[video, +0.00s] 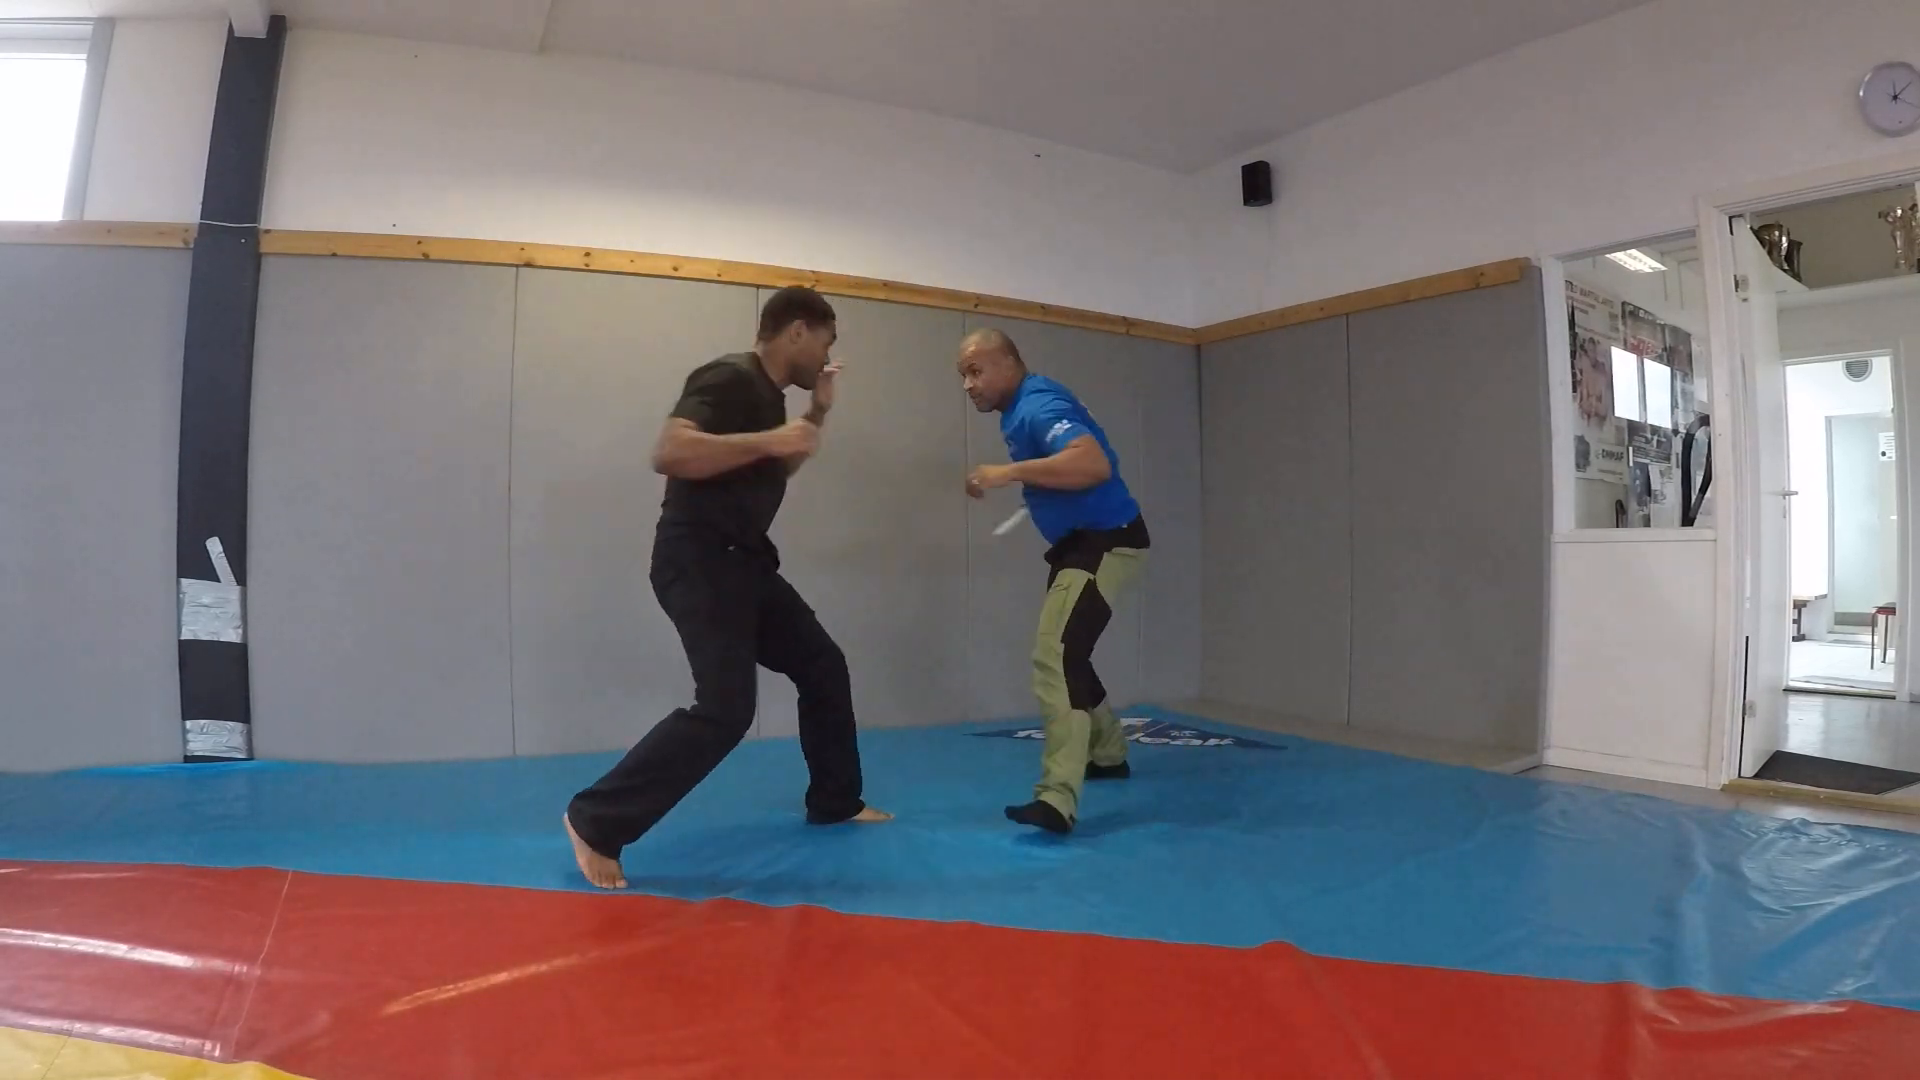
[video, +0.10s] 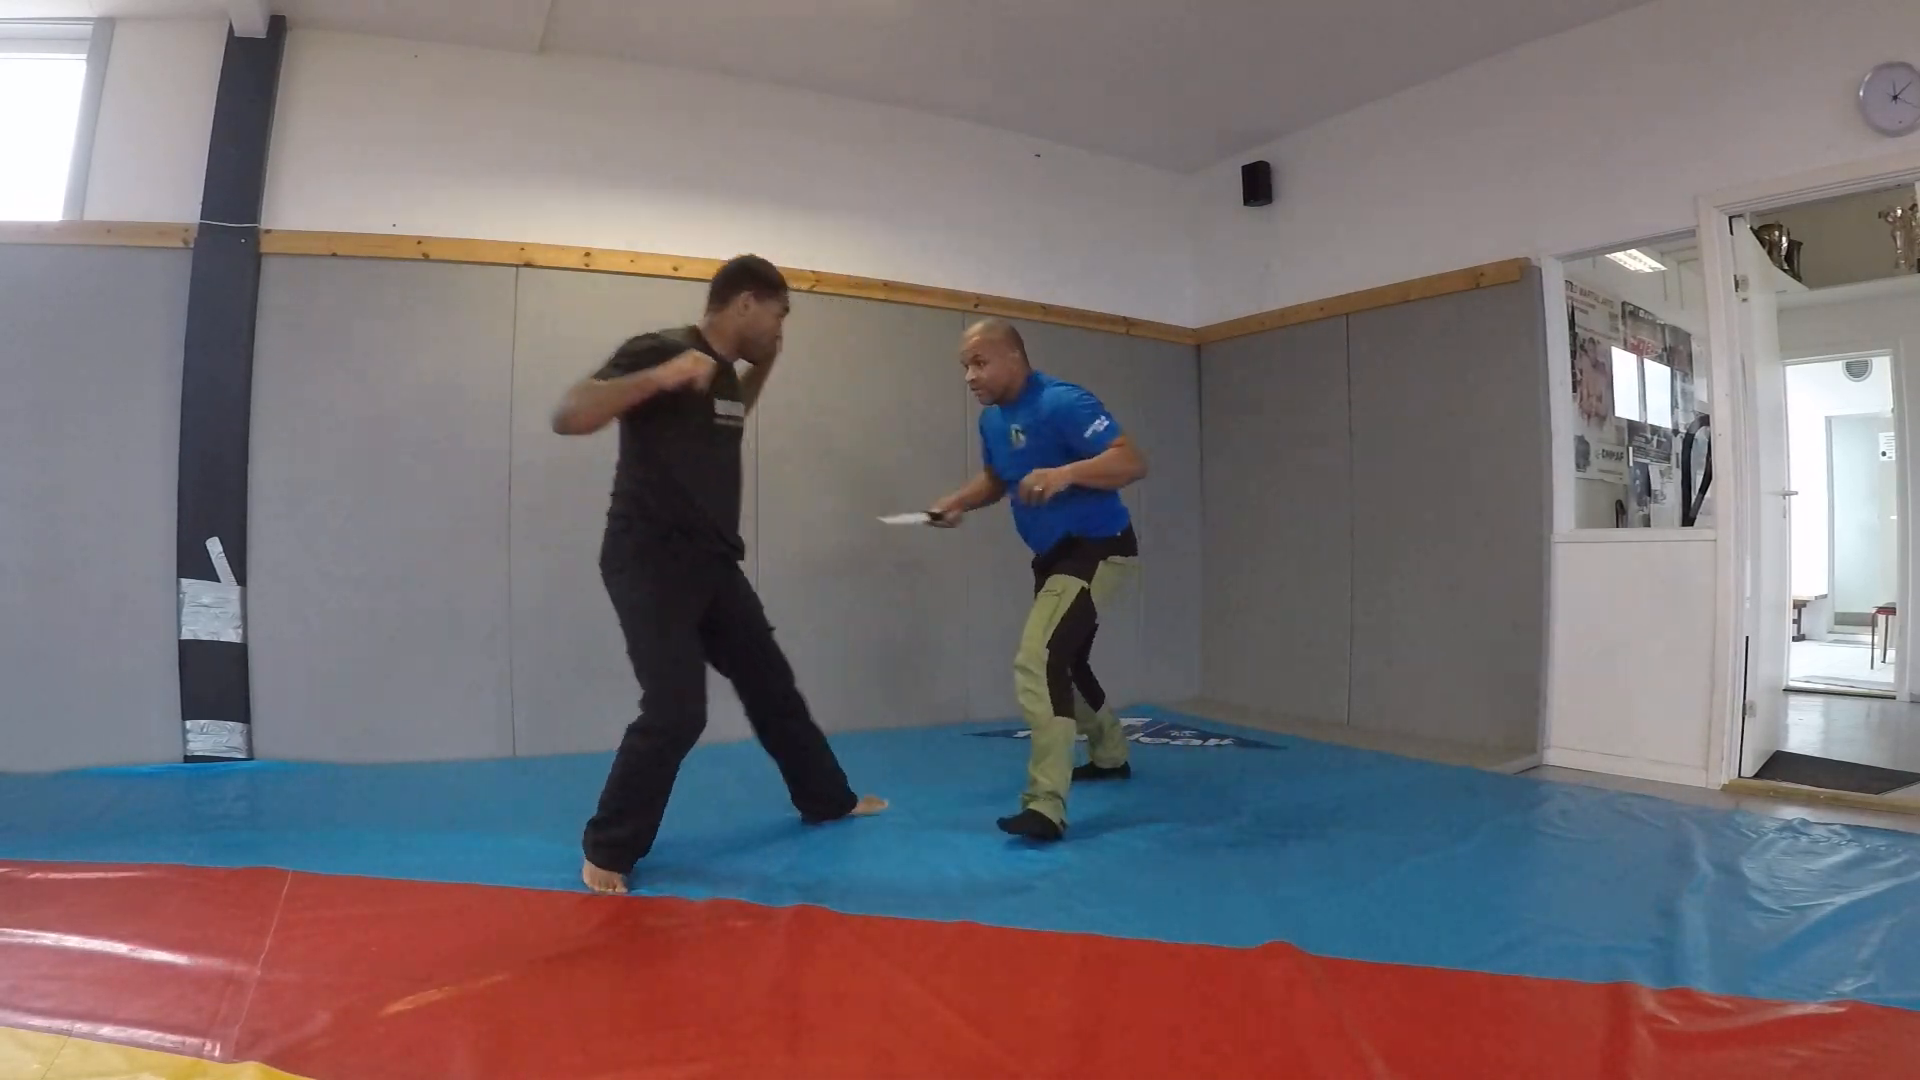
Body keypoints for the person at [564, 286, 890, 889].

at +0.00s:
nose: (829, 355)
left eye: (831, 343)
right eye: (828, 341)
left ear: (795, 333)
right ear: (797, 332)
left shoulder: (770, 397)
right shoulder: (729, 379)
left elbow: (777, 470)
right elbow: (670, 452)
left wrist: (818, 412)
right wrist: (768, 443)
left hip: (744, 564)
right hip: (698, 562)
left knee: (824, 668)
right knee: (725, 710)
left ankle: (834, 801)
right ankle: (595, 820)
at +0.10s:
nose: (781, 331)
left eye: (783, 318)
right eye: (778, 316)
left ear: (744, 306)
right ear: (744, 304)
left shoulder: (721, 373)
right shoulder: (662, 353)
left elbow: (732, 404)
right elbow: (569, 415)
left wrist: (765, 363)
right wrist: (659, 377)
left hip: (710, 561)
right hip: (648, 560)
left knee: (770, 686)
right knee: (677, 710)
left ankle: (826, 800)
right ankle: (608, 853)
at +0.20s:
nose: (726, 304)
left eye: (730, 292)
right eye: (721, 288)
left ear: (686, 278)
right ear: (680, 272)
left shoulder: (690, 343)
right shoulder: (587, 323)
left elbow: (731, 352)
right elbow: (499, 387)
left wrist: (772, 308)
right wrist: (592, 336)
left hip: (659, 541)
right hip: (582, 540)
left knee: (716, 676)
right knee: (615, 702)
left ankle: (752, 807)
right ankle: (604, 858)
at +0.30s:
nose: (675, 284)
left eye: (680, 271)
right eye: (670, 267)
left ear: (636, 261)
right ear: (624, 253)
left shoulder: (652, 325)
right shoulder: (523, 301)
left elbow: (715, 348)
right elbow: (466, 409)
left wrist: (755, 354)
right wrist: (575, 390)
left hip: (596, 510)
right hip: (514, 512)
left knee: (658, 655)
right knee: (528, 682)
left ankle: (617, 808)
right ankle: (578, 838)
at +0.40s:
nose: (612, 284)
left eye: (616, 270)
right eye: (603, 267)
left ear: (575, 262)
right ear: (550, 256)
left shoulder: (601, 329)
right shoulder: (452, 316)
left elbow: (694, 367)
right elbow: (399, 434)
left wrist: (695, 406)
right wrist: (493, 476)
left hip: (545, 528)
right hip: (453, 524)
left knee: (577, 692)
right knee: (411, 682)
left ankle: (557, 828)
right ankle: (453, 827)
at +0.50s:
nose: (519, 272)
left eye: (525, 258)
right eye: (509, 255)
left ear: (519, 260)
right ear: (454, 247)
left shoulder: (534, 344)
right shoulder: (362, 308)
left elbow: (634, 386)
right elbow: (289, 384)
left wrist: (637, 446)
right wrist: (303, 451)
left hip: (479, 548)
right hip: (380, 540)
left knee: (529, 693)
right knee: (296, 674)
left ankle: (562, 835)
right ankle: (342, 846)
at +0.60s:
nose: (388, 239)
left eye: (397, 223)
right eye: (374, 220)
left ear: (401, 227)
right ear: (325, 213)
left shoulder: (422, 317)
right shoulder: (264, 296)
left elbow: (510, 404)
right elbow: (209, 389)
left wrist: (451, 474)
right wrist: (168, 425)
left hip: (385, 548)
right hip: (288, 548)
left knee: (435, 711)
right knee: (246, 716)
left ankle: (549, 795)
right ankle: (337, 870)